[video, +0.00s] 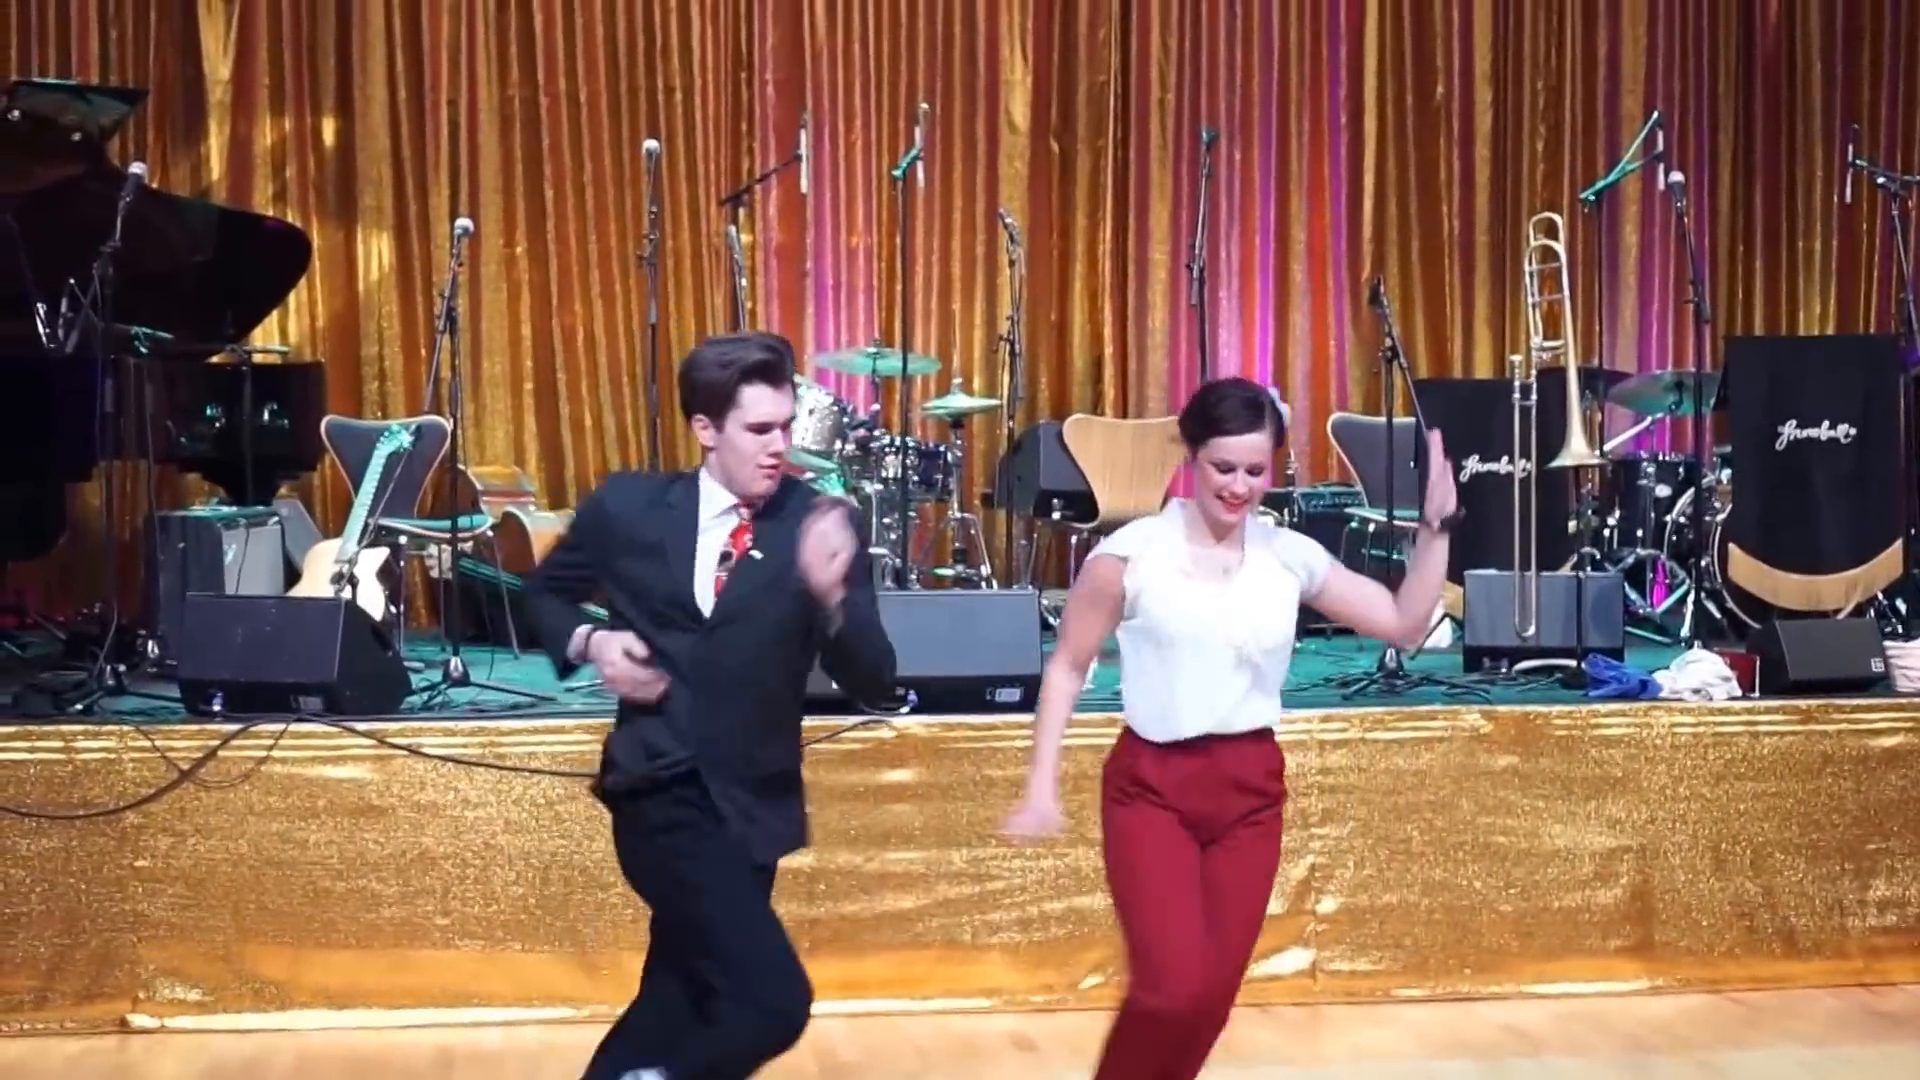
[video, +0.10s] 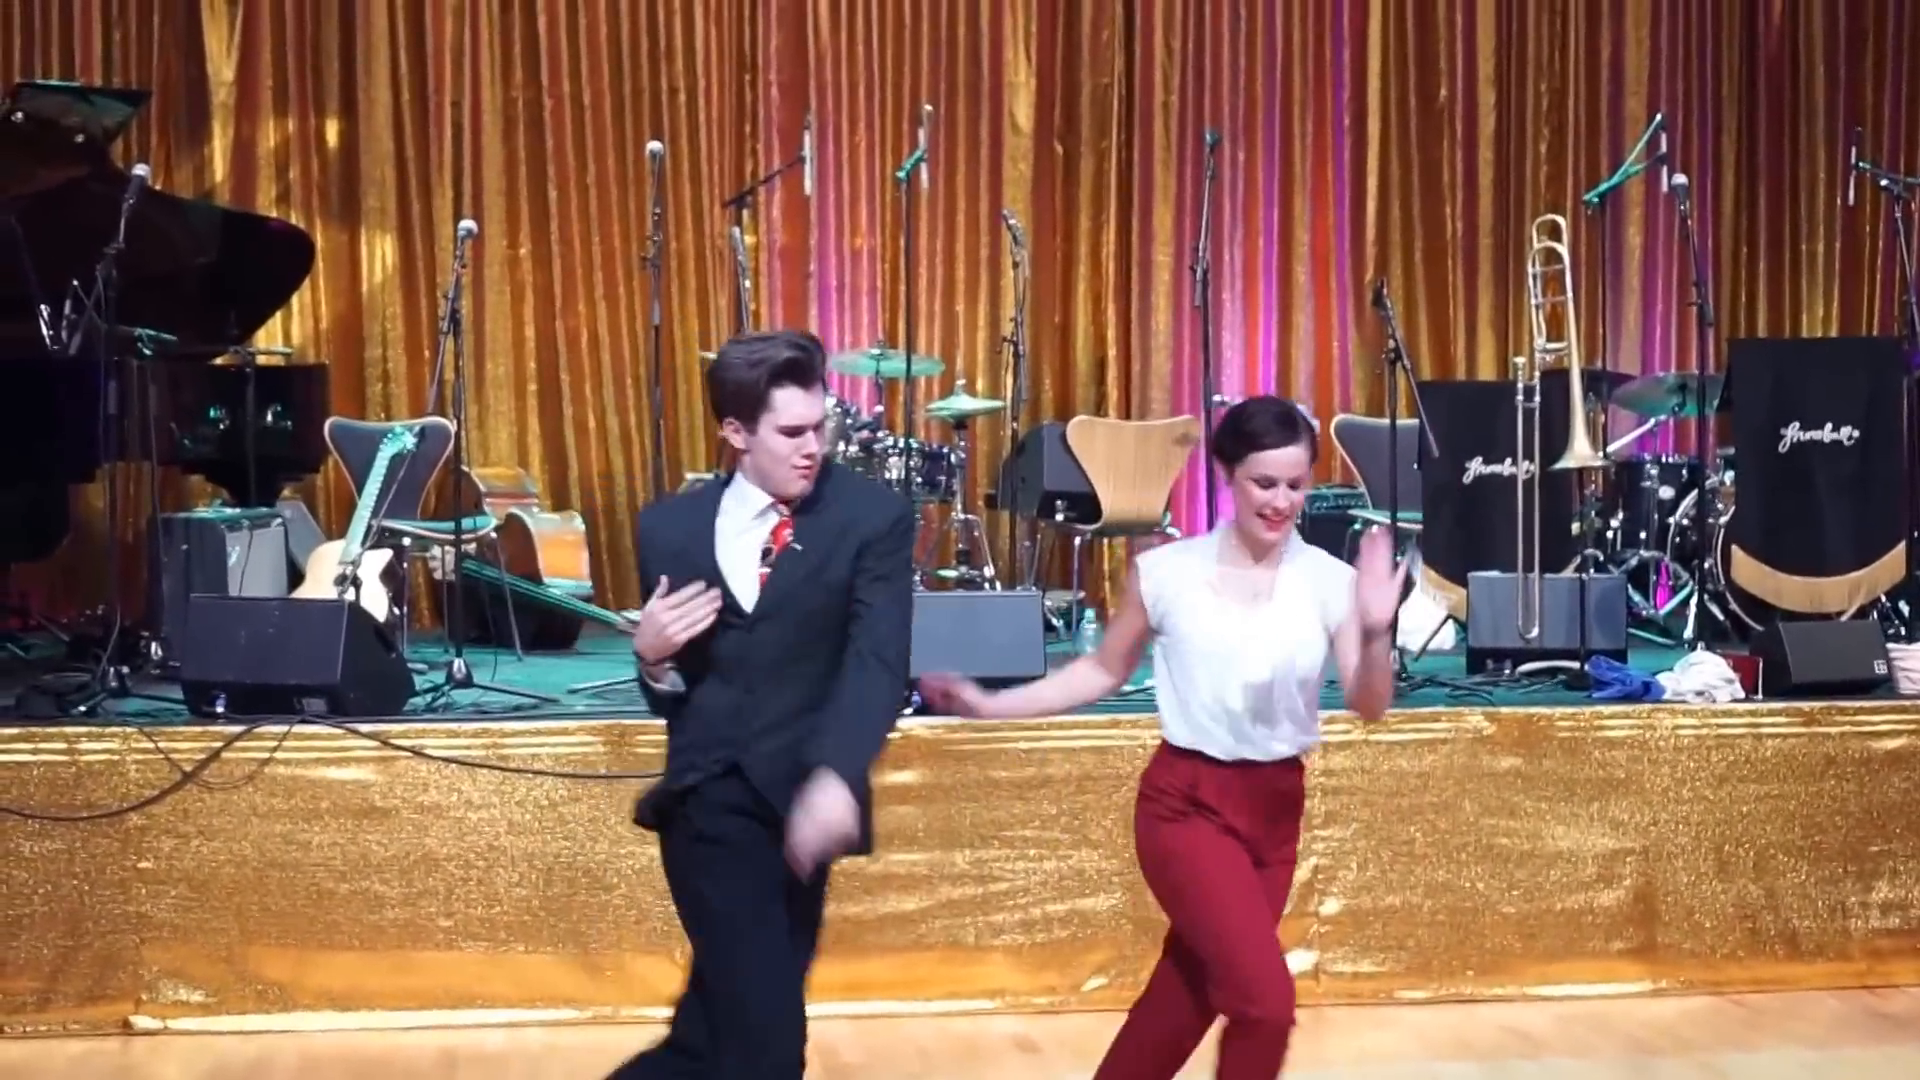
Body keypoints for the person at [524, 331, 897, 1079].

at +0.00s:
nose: (780, 448)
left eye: (787, 427)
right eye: (761, 430)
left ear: (796, 422)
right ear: (704, 430)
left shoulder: (820, 525)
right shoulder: (626, 508)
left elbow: (874, 680)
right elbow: (539, 598)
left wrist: (836, 597)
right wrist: (587, 643)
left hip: (755, 804)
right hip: (658, 790)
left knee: (668, 1019)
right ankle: (643, 1068)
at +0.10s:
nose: (814, 448)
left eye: (821, 427)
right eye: (793, 432)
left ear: (832, 418)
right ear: (735, 433)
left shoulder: (873, 516)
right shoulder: (667, 528)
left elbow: (878, 662)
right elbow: (673, 701)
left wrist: (837, 774)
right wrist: (654, 662)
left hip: (809, 795)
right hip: (706, 793)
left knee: (708, 1040)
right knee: (767, 1044)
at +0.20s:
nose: (830, 467)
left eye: (840, 443)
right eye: (807, 450)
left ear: (856, 432)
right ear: (763, 449)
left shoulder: (928, 547)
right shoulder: (723, 563)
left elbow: (953, 717)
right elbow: (688, 741)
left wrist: (964, 869)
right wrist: (660, 633)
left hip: (867, 847)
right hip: (753, 845)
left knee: (891, 1047)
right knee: (765, 1051)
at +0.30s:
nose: (820, 466)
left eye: (834, 443)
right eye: (805, 449)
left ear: (886, 428)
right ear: (794, 448)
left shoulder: (989, 515)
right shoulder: (782, 551)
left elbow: (1036, 667)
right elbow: (711, 687)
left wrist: (1051, 797)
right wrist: (698, 564)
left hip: (963, 831)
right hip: (833, 838)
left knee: (1042, 1042)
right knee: (762, 1057)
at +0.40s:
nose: (851, 464)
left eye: (863, 441)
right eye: (840, 448)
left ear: (923, 424)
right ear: (832, 446)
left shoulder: (1044, 478)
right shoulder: (845, 538)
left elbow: (1092, 587)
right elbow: (781, 667)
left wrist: (1103, 689)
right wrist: (762, 549)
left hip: (1063, 811)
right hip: (931, 818)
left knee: (1137, 1048)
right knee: (852, 1040)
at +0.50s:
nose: (896, 478)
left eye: (907, 454)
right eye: (885, 462)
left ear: (969, 439)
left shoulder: (1088, 484)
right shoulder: (900, 558)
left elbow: (1165, 562)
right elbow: (843, 680)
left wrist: (1171, 671)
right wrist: (823, 558)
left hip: (1149, 816)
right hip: (1020, 834)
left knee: (1240, 1050)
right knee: (944, 1055)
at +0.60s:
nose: (934, 478)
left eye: (944, 453)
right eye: (924, 461)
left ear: (1006, 438)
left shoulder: (1128, 474)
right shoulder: (941, 559)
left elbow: (1208, 546)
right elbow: (882, 686)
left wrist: (1227, 646)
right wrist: (863, 561)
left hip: (1199, 803)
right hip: (1072, 821)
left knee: (1280, 1052)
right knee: (992, 1057)